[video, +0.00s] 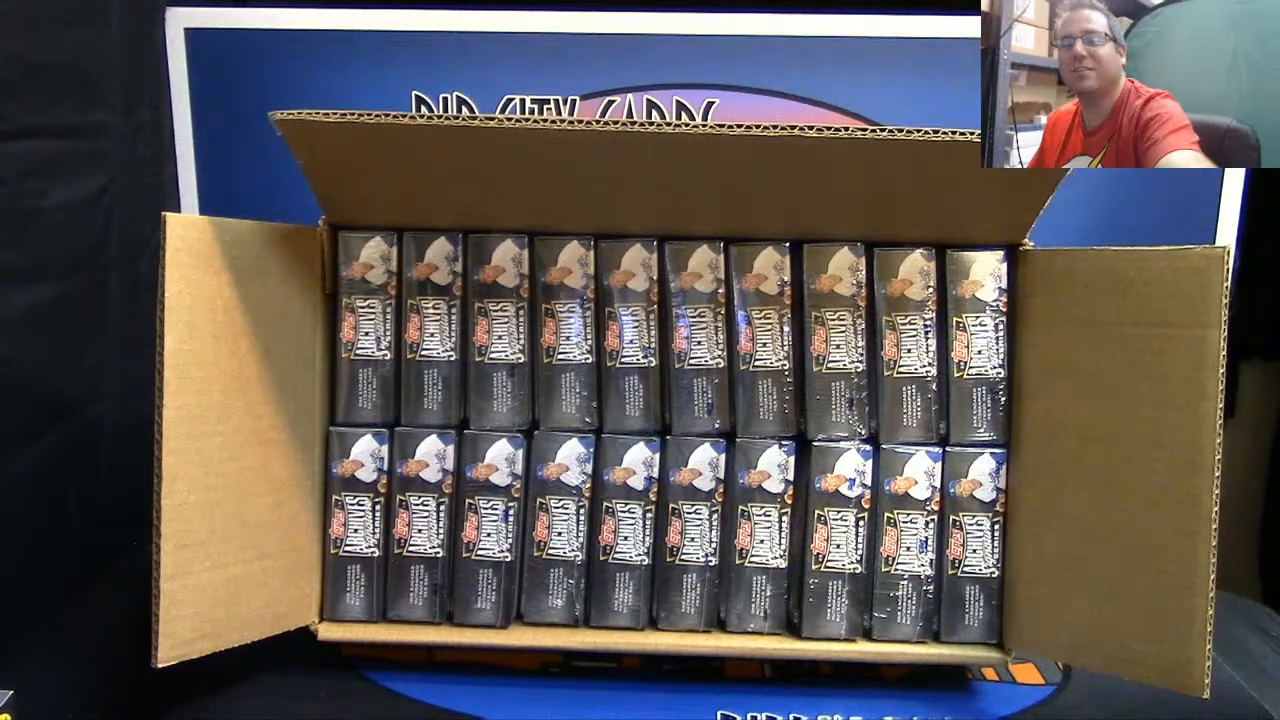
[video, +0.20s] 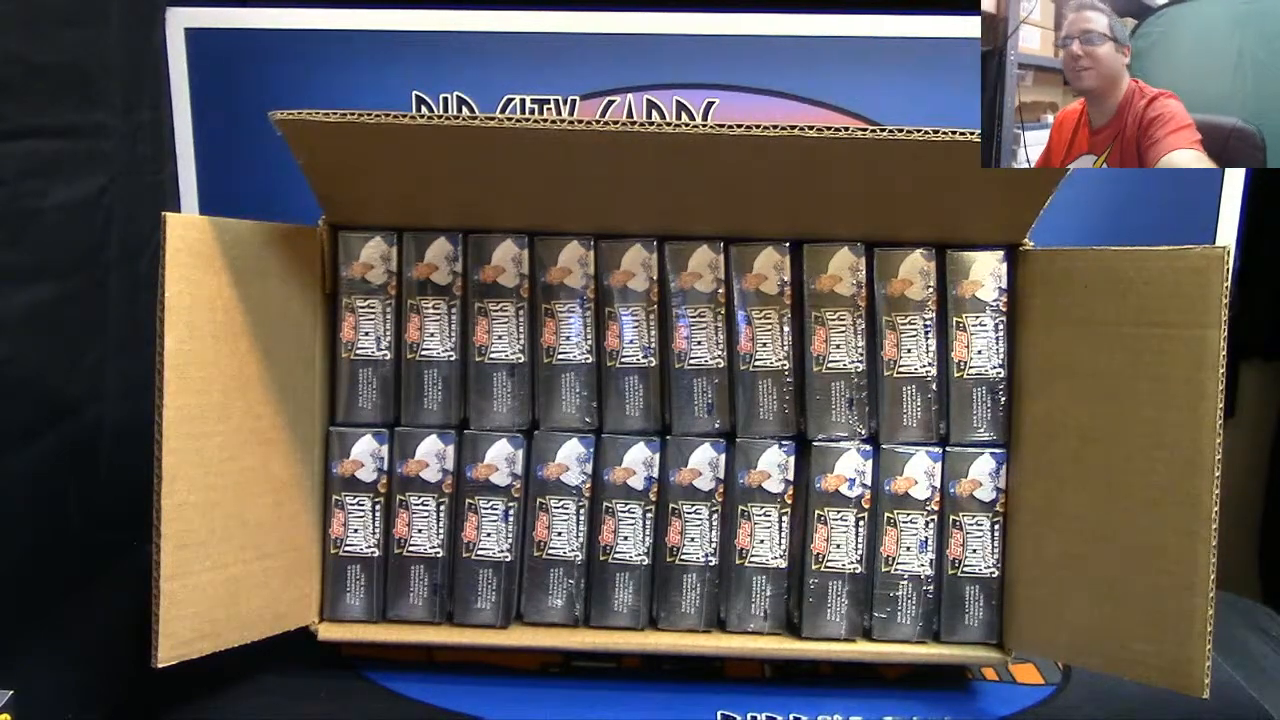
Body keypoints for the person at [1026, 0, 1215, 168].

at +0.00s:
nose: (1078, 51)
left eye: (1092, 40)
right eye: (1066, 43)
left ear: (1121, 53)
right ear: (1058, 58)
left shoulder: (1153, 110)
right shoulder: (1059, 122)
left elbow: (1187, 174)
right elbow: (1028, 188)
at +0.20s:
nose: (1074, 51)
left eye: (1091, 39)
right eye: (1066, 42)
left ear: (1125, 53)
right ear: (1059, 55)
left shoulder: (1158, 109)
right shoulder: (1066, 121)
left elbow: (1188, 175)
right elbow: (1036, 188)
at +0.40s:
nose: (1070, 50)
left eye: (1086, 39)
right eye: (1065, 43)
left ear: (1124, 52)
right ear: (1060, 53)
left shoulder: (1158, 108)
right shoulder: (1067, 122)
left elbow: (1184, 172)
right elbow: (1039, 187)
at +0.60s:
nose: (1066, 51)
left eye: (1082, 41)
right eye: (1062, 43)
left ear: (1121, 53)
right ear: (1058, 53)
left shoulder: (1155, 109)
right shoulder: (1065, 123)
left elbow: (1179, 169)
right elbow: (1037, 186)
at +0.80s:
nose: (1070, 51)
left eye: (1086, 42)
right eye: (1066, 45)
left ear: (1124, 55)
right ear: (1064, 56)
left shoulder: (1158, 109)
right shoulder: (1070, 124)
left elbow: (1183, 166)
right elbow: (1042, 187)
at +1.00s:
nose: (1063, 48)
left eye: (1079, 38)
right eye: (1059, 42)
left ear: (1116, 54)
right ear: (1055, 53)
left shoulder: (1147, 109)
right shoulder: (1059, 123)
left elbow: (1172, 161)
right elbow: (1028, 184)